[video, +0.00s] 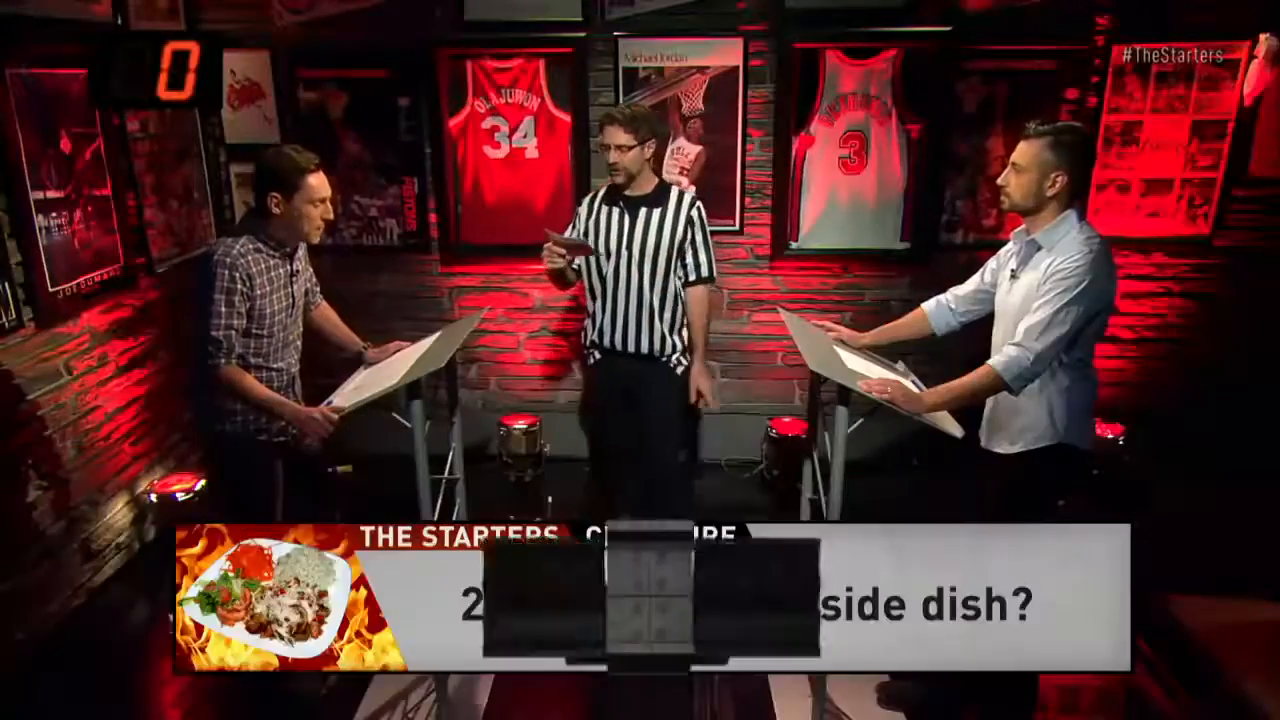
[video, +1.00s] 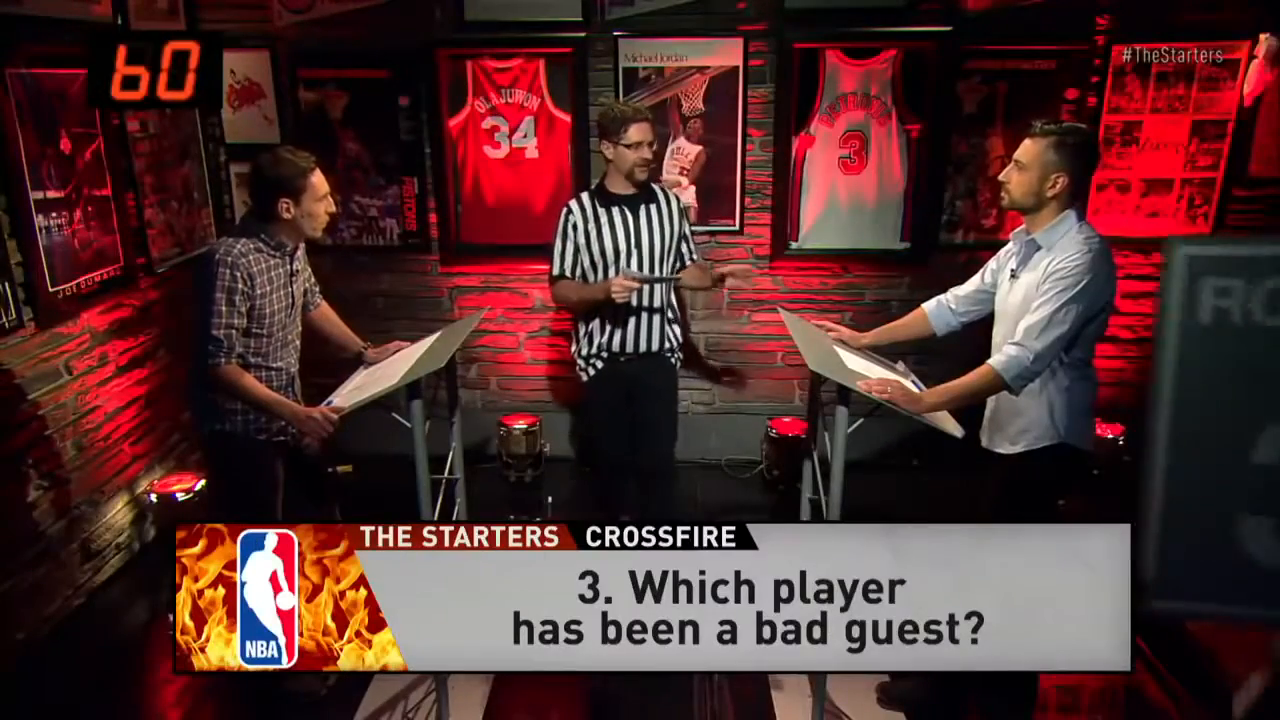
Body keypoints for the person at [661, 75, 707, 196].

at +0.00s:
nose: (691, 127)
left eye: (695, 125)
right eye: (689, 125)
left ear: (701, 131)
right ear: (686, 128)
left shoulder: (700, 150)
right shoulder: (677, 136)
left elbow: (694, 172)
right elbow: (673, 109)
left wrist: (686, 182)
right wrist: (672, 84)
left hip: (682, 184)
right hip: (665, 180)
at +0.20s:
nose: (690, 125)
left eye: (695, 124)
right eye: (689, 124)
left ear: (701, 131)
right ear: (686, 127)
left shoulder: (700, 151)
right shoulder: (677, 137)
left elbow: (690, 178)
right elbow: (672, 108)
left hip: (684, 190)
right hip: (666, 185)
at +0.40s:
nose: (690, 129)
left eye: (694, 127)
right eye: (689, 126)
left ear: (701, 131)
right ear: (685, 128)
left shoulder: (700, 151)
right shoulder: (677, 138)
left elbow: (692, 176)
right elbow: (673, 109)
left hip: (684, 189)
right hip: (666, 184)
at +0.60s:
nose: (690, 129)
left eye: (694, 127)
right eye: (689, 126)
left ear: (700, 131)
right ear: (685, 128)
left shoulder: (700, 151)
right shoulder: (677, 138)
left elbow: (690, 178)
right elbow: (673, 110)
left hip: (685, 194)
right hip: (666, 190)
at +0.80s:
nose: (691, 127)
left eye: (695, 126)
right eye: (690, 125)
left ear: (701, 132)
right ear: (686, 127)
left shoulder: (700, 152)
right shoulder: (677, 137)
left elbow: (690, 178)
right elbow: (673, 110)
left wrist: (673, 182)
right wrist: (673, 90)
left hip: (685, 196)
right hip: (666, 193)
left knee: (690, 232)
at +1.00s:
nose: (691, 127)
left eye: (695, 126)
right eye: (690, 125)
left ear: (701, 132)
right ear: (686, 127)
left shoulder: (700, 152)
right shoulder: (677, 138)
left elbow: (691, 177)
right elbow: (673, 110)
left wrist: (676, 182)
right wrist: (673, 89)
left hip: (685, 195)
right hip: (666, 192)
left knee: (690, 232)